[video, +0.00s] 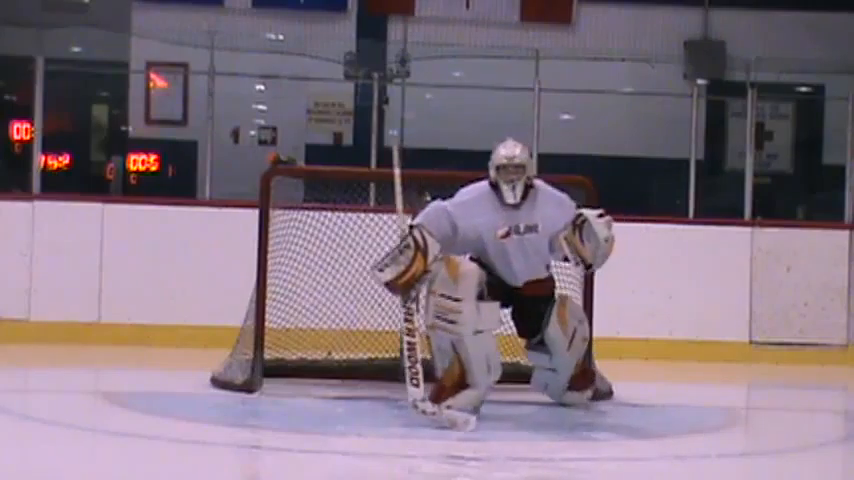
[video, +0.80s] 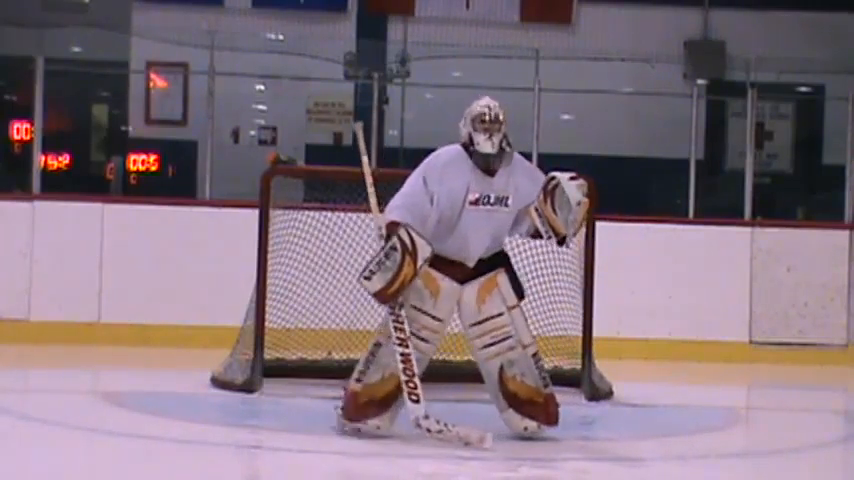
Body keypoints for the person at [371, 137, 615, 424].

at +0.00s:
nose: (511, 179)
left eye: (517, 171)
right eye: (504, 172)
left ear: (529, 172)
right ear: (493, 173)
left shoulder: (551, 202)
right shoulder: (473, 200)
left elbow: (571, 245)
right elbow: (436, 221)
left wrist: (589, 240)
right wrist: (415, 251)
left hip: (538, 283)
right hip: (491, 279)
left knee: (546, 340)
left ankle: (577, 385)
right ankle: (457, 384)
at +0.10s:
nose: (495, 177)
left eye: (501, 170)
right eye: (488, 170)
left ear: (513, 171)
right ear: (475, 172)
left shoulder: (532, 201)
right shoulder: (454, 199)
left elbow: (557, 234)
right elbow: (415, 220)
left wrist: (571, 239)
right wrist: (393, 250)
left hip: (519, 284)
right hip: (472, 283)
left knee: (530, 340)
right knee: (429, 292)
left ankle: (556, 384)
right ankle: (435, 382)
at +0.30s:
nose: (483, 162)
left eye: (489, 155)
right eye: (476, 154)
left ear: (499, 158)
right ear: (461, 155)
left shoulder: (511, 192)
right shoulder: (438, 186)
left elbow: (519, 243)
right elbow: (397, 214)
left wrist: (547, 237)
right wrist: (395, 245)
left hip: (486, 287)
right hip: (435, 282)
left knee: (518, 342)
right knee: (436, 342)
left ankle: (539, 398)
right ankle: (403, 404)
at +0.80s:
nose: (487, 137)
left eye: (494, 129)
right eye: (480, 129)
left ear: (503, 131)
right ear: (467, 131)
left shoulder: (521, 173)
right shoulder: (443, 165)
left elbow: (531, 221)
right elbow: (405, 213)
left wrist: (560, 204)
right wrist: (397, 254)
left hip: (488, 269)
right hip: (435, 265)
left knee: (507, 341)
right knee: (407, 342)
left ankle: (530, 418)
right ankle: (364, 412)